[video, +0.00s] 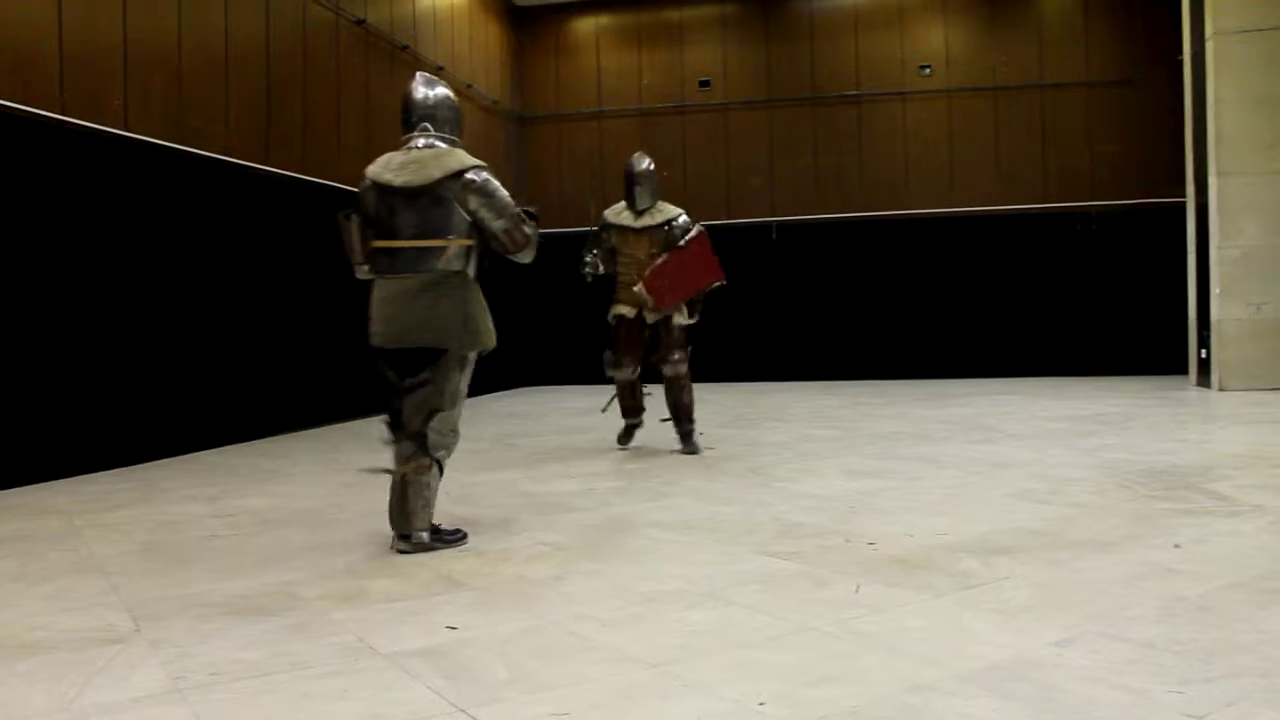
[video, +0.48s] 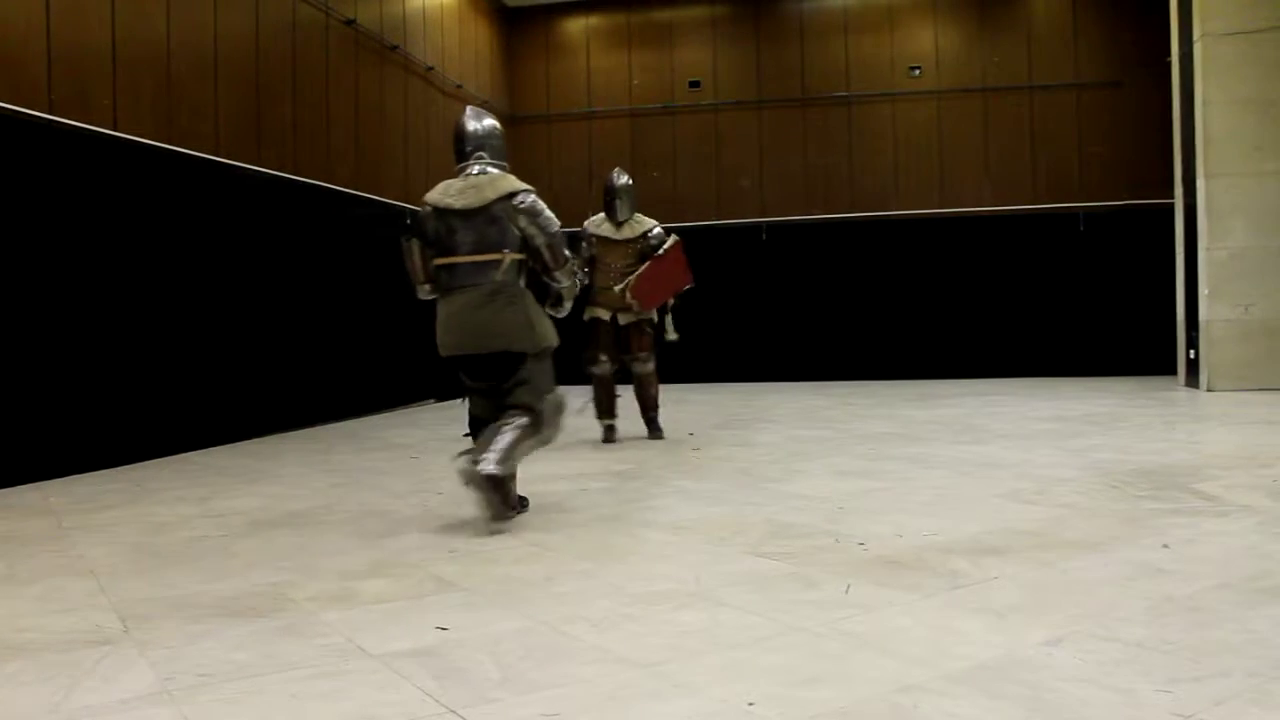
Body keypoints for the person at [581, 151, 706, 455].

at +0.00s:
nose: (640, 189)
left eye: (646, 182)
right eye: (635, 183)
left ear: (655, 182)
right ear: (626, 184)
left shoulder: (674, 219)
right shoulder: (612, 220)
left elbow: (693, 264)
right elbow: (598, 255)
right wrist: (594, 265)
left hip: (667, 307)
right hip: (627, 307)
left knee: (675, 368)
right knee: (623, 367)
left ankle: (686, 432)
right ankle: (631, 420)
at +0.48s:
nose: (618, 203)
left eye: (623, 196)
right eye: (613, 197)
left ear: (632, 197)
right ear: (606, 198)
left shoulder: (649, 230)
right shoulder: (592, 229)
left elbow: (665, 271)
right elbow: (582, 266)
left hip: (638, 311)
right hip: (601, 311)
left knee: (643, 365)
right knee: (601, 368)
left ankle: (652, 420)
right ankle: (607, 424)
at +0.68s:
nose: (617, 226)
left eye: (622, 220)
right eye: (612, 220)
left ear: (629, 220)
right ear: (605, 220)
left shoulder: (643, 253)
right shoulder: (589, 249)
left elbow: (664, 289)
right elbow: (574, 282)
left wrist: (655, 318)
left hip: (634, 324)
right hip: (596, 324)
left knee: (649, 372)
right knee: (580, 372)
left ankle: (653, 425)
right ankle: (565, 419)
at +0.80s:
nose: (605, 225)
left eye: (610, 219)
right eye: (600, 219)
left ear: (617, 220)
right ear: (592, 221)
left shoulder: (628, 253)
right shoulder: (576, 252)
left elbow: (641, 291)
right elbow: (567, 287)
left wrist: (632, 317)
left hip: (621, 320)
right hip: (584, 322)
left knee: (638, 370)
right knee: (572, 368)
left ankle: (654, 424)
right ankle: (562, 420)